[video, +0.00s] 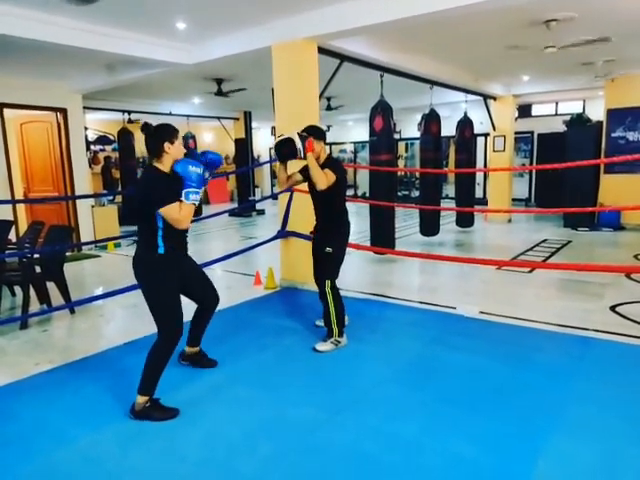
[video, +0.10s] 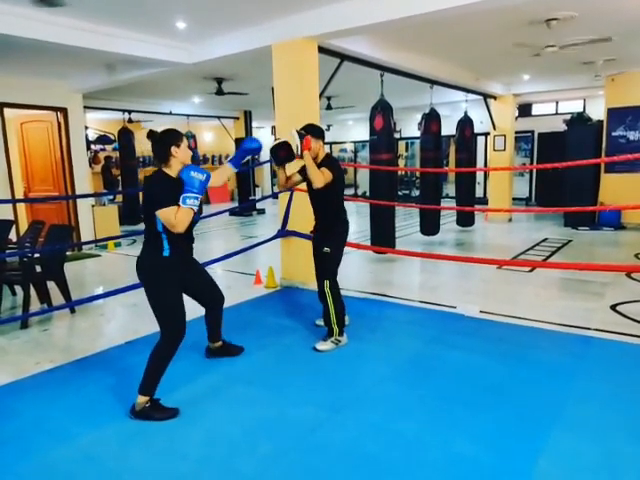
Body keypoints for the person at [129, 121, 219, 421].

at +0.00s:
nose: (183, 148)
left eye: (182, 142)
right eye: (180, 142)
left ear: (164, 148)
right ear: (167, 147)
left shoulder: (172, 176)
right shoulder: (152, 181)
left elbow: (185, 211)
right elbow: (182, 221)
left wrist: (200, 178)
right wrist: (193, 187)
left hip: (175, 259)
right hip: (154, 264)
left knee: (209, 298)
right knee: (171, 331)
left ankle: (192, 350)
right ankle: (142, 401)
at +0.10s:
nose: (190, 152)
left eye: (189, 147)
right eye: (186, 147)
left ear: (173, 152)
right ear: (173, 151)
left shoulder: (184, 179)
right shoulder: (156, 184)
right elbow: (179, 224)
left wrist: (239, 158)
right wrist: (192, 191)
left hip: (182, 261)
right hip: (158, 266)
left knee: (215, 300)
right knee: (173, 331)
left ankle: (215, 344)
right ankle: (143, 401)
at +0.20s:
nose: (196, 151)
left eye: (195, 146)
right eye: (192, 146)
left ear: (181, 151)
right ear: (179, 151)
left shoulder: (191, 176)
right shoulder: (163, 185)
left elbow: (229, 166)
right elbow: (185, 221)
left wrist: (256, 155)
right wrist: (198, 188)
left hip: (187, 262)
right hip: (165, 265)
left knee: (217, 300)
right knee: (174, 329)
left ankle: (222, 345)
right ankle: (144, 400)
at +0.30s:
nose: (200, 146)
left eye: (198, 141)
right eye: (197, 141)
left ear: (177, 147)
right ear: (188, 145)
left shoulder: (173, 172)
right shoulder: (195, 171)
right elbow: (235, 186)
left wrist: (216, 166)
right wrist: (234, 159)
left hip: (176, 249)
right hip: (185, 253)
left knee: (215, 294)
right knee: (178, 319)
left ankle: (223, 343)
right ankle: (139, 380)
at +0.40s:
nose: (201, 144)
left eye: (199, 139)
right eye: (198, 140)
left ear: (176, 147)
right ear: (190, 145)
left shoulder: (167, 175)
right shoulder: (207, 163)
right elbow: (248, 160)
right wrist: (255, 140)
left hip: (172, 248)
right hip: (189, 250)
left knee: (211, 290)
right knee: (180, 314)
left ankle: (222, 343)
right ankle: (140, 368)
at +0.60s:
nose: (196, 149)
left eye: (195, 145)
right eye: (193, 145)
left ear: (173, 148)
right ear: (181, 147)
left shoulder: (160, 175)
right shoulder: (193, 174)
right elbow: (230, 195)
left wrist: (208, 187)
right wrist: (231, 177)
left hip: (168, 250)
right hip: (184, 252)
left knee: (214, 292)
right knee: (187, 315)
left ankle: (225, 343)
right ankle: (147, 367)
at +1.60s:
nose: (207, 139)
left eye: (205, 135)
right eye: (205, 135)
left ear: (177, 139)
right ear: (201, 139)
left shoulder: (166, 168)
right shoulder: (212, 164)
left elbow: (168, 202)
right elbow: (235, 196)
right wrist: (230, 172)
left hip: (170, 246)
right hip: (198, 248)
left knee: (193, 297)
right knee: (189, 317)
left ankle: (185, 354)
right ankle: (160, 384)